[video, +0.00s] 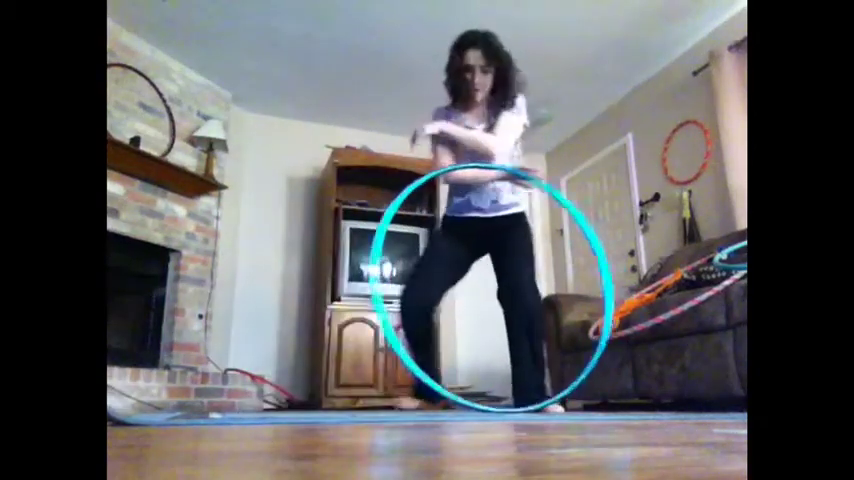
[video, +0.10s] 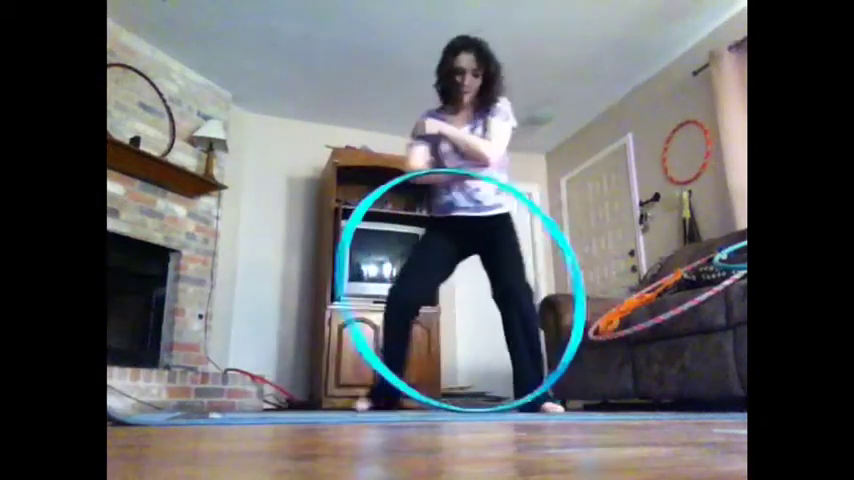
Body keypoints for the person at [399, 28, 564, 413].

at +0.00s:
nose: (475, 79)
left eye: (484, 70)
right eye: (467, 70)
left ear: (497, 73)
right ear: (455, 73)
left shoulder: (513, 106)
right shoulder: (445, 117)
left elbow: (498, 147)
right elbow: (449, 174)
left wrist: (441, 129)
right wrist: (506, 173)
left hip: (508, 223)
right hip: (461, 224)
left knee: (522, 301)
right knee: (416, 299)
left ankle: (534, 400)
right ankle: (427, 393)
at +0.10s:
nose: (465, 81)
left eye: (473, 73)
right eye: (457, 73)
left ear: (485, 76)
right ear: (446, 75)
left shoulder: (498, 108)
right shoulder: (431, 116)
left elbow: (490, 153)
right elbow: (416, 169)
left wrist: (440, 126)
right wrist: (456, 171)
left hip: (494, 223)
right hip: (447, 226)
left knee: (517, 299)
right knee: (401, 298)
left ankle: (534, 395)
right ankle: (386, 394)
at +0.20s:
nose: (455, 84)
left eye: (463, 77)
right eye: (447, 76)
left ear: (473, 82)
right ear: (436, 78)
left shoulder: (485, 116)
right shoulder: (418, 121)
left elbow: (486, 157)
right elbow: (392, 164)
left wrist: (438, 131)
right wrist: (416, 164)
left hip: (479, 224)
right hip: (433, 225)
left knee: (508, 304)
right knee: (391, 302)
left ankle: (534, 396)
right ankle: (377, 398)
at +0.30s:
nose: (444, 87)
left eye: (452, 82)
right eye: (437, 79)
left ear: (462, 87)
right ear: (423, 83)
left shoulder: (469, 125)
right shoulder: (403, 127)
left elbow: (480, 165)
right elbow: (371, 166)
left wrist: (439, 141)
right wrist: (394, 166)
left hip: (461, 227)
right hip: (417, 228)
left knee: (494, 301)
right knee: (379, 304)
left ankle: (528, 395)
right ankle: (376, 400)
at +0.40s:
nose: (427, 95)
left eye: (435, 90)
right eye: (421, 87)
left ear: (442, 96)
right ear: (406, 89)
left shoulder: (448, 135)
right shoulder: (383, 134)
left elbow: (470, 176)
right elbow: (353, 168)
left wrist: (435, 146)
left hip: (444, 231)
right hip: (399, 234)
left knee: (481, 307)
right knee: (366, 309)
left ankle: (525, 393)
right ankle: (379, 406)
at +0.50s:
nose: (418, 100)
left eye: (425, 95)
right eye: (412, 92)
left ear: (432, 101)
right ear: (397, 94)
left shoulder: (440, 139)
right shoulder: (376, 138)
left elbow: (463, 179)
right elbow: (349, 167)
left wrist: (437, 151)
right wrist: (327, 180)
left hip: (439, 234)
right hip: (395, 238)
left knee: (479, 306)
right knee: (361, 309)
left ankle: (526, 392)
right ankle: (379, 406)